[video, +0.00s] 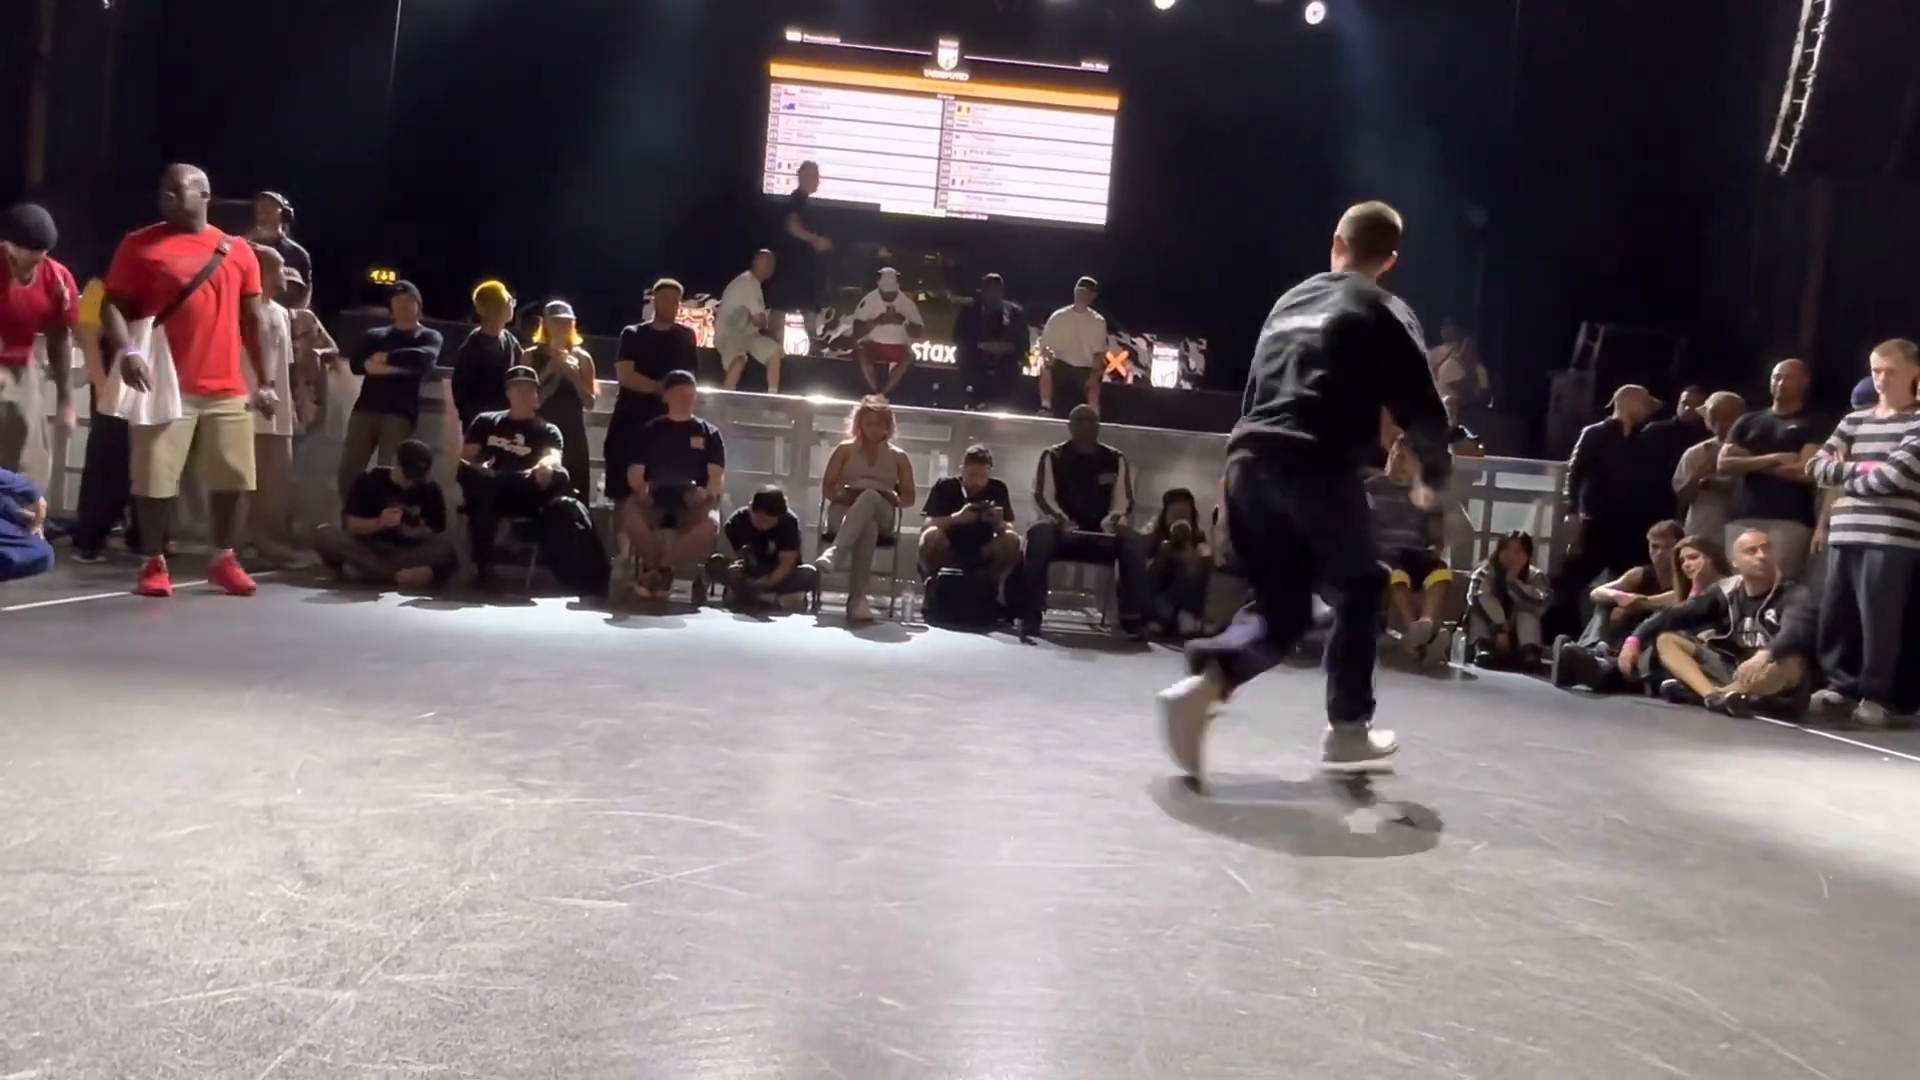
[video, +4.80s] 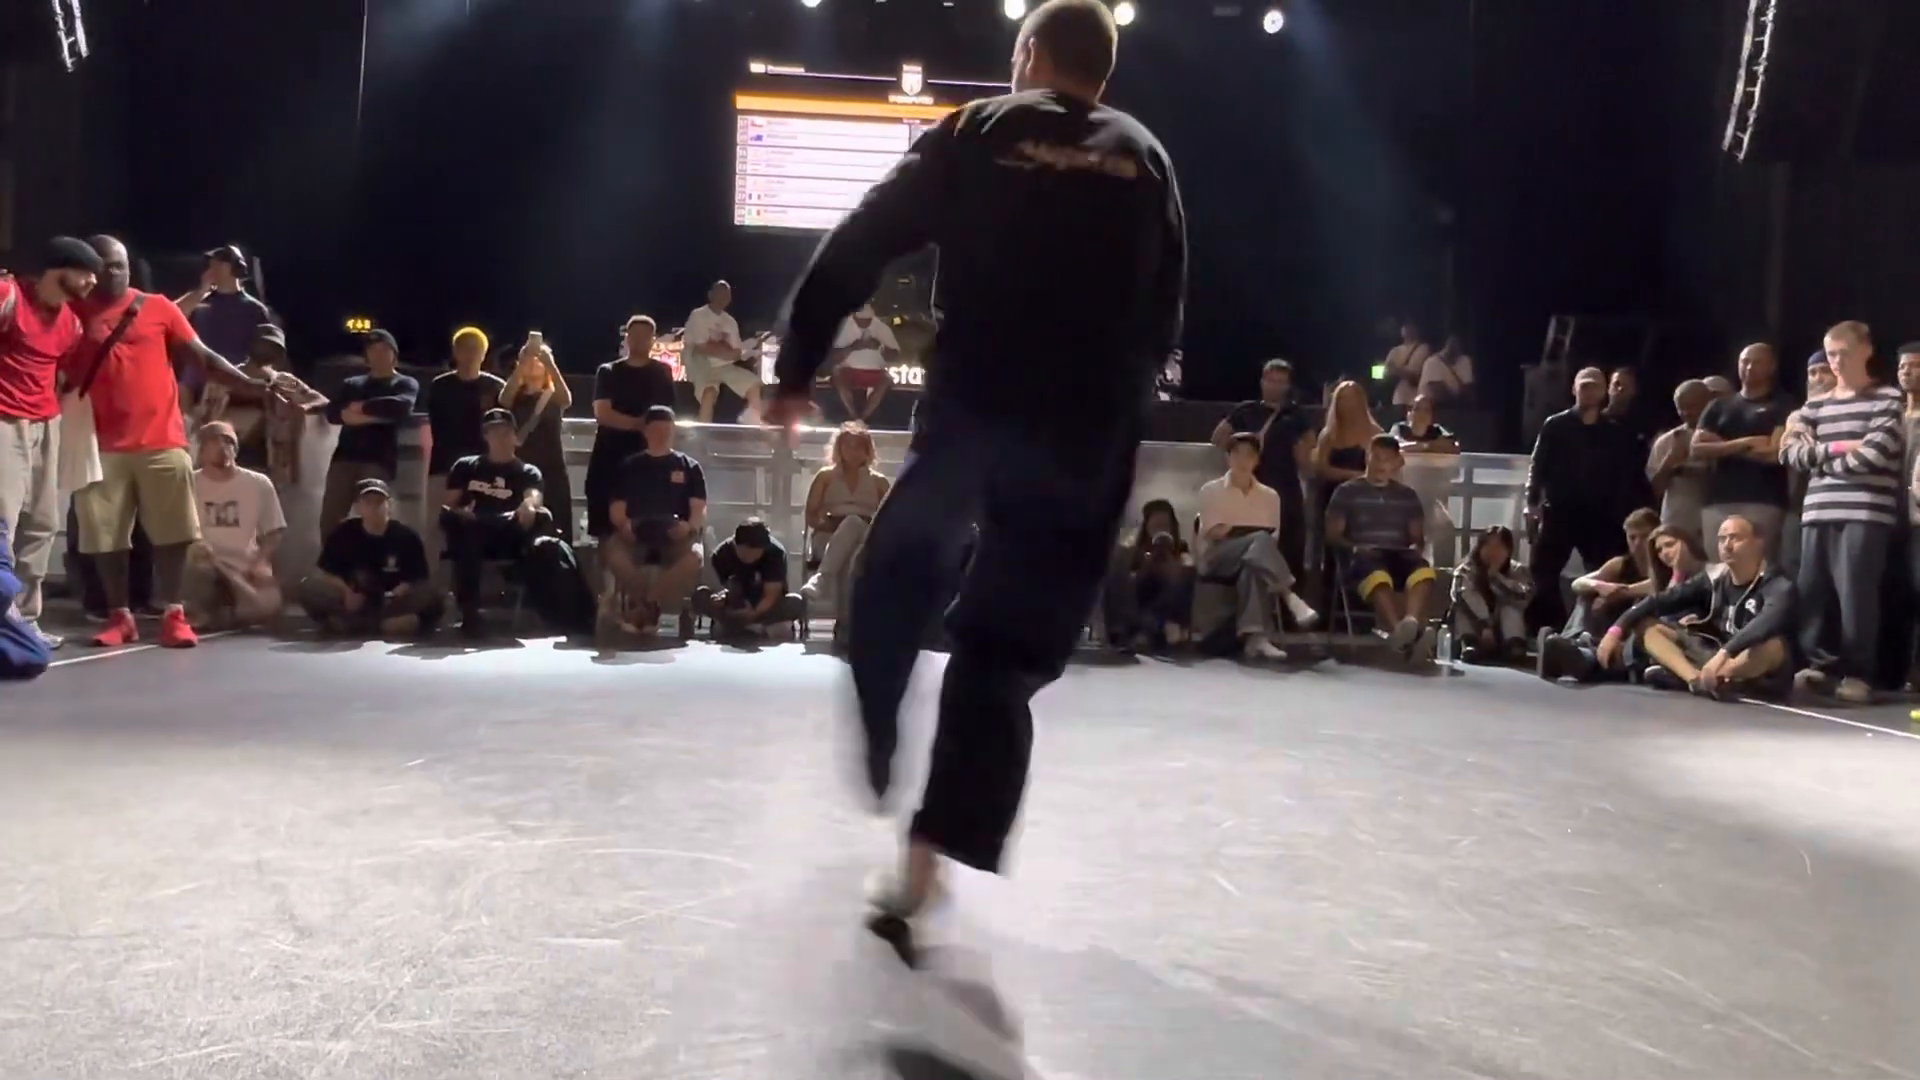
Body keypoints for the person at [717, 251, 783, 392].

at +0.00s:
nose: (769, 271)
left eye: (771, 267)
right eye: (767, 266)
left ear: (771, 268)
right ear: (758, 264)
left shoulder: (755, 284)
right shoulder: (747, 283)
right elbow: (759, 319)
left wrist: (757, 318)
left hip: (748, 333)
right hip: (729, 332)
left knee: (774, 353)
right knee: (739, 359)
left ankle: (772, 396)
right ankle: (725, 397)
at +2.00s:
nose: (772, 270)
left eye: (773, 267)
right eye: (771, 266)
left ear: (756, 264)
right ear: (762, 265)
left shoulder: (753, 282)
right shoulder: (749, 283)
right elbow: (759, 318)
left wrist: (764, 319)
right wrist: (767, 323)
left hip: (750, 334)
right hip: (730, 333)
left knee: (774, 353)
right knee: (738, 360)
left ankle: (773, 397)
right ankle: (726, 399)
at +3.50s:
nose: (758, 280)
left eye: (758, 276)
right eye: (756, 275)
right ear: (746, 275)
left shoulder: (743, 297)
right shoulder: (730, 292)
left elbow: (747, 325)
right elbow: (740, 327)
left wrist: (764, 322)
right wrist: (756, 332)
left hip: (738, 345)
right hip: (717, 345)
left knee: (763, 364)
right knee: (725, 370)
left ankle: (762, 407)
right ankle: (715, 410)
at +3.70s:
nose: (753, 280)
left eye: (753, 276)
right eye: (750, 276)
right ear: (738, 276)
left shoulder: (739, 299)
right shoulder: (719, 292)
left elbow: (744, 326)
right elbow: (727, 325)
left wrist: (760, 323)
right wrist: (749, 333)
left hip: (732, 346)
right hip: (711, 346)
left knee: (758, 364)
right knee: (720, 372)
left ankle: (757, 409)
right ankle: (710, 412)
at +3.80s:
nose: (739, 281)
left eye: (742, 278)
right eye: (736, 276)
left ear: (745, 281)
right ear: (728, 275)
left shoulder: (737, 303)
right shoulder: (710, 293)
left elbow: (744, 334)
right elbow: (700, 322)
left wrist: (729, 328)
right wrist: (723, 326)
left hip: (729, 347)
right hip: (706, 345)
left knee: (755, 366)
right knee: (716, 372)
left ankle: (754, 410)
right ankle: (706, 412)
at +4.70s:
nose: (723, 294)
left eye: (726, 290)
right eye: (719, 290)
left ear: (729, 295)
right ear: (710, 292)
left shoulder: (730, 318)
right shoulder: (697, 312)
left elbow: (737, 350)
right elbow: (700, 345)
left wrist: (711, 345)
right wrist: (725, 345)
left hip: (725, 362)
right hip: (701, 362)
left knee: (753, 383)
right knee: (709, 391)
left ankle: (756, 428)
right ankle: (703, 432)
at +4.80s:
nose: (724, 297)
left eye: (727, 294)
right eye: (720, 293)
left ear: (730, 298)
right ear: (711, 295)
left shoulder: (730, 321)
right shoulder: (698, 315)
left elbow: (737, 353)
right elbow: (700, 347)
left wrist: (713, 346)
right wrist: (727, 349)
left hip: (725, 366)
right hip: (703, 365)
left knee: (754, 386)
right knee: (709, 394)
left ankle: (754, 427)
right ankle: (703, 434)